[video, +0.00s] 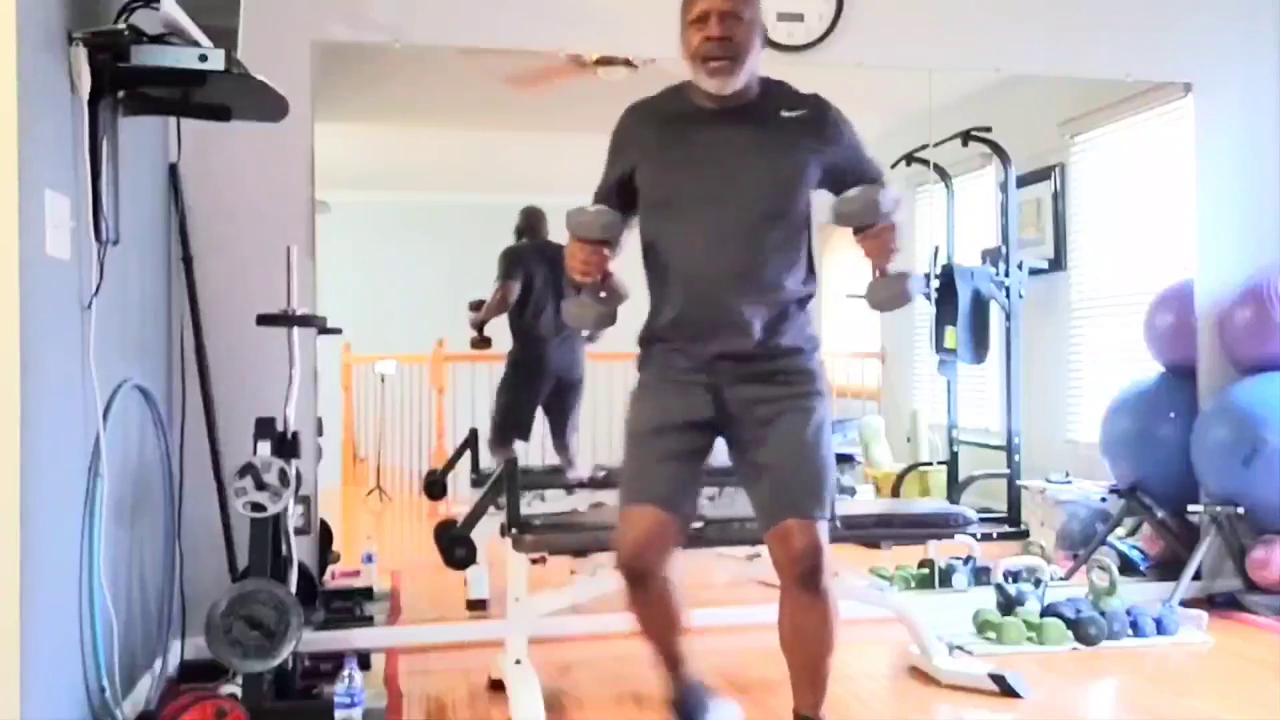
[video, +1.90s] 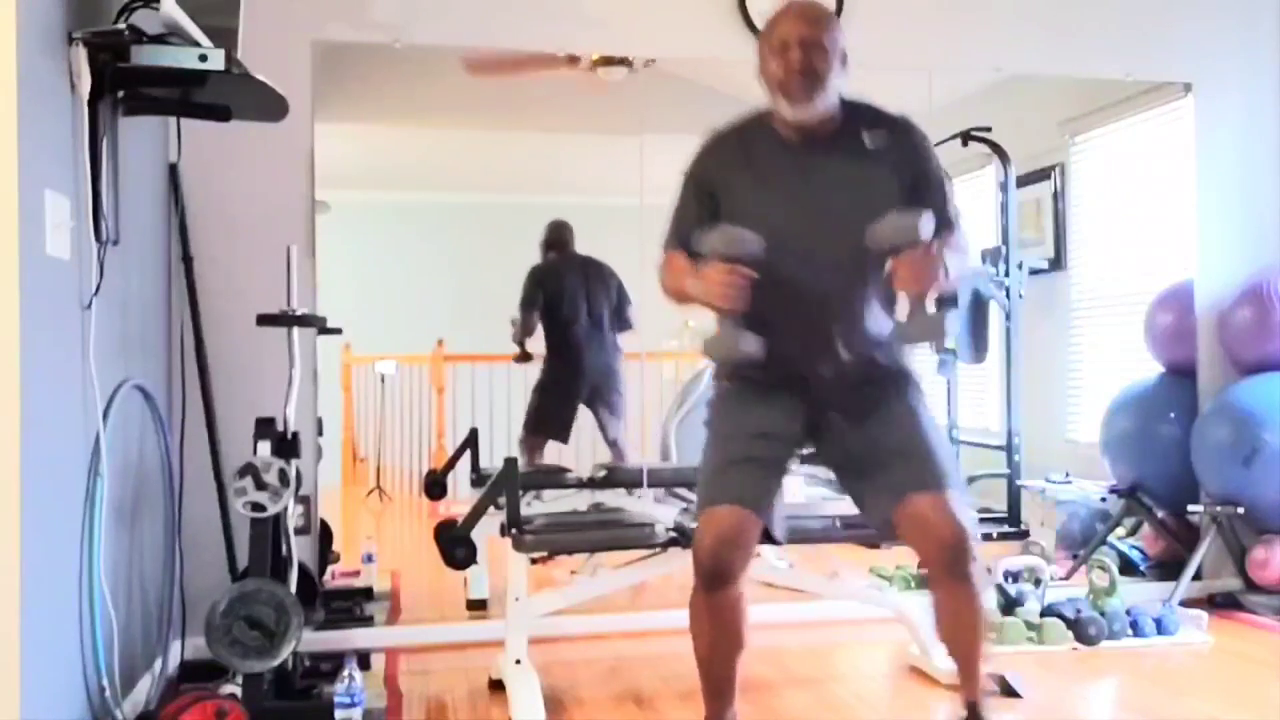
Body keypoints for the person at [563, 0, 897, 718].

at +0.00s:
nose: (716, 31)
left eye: (732, 17)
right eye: (700, 19)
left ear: (761, 29)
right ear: (682, 33)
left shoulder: (812, 120)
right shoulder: (644, 123)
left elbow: (874, 207)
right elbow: (600, 229)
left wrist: (881, 236)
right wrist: (581, 255)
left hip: (781, 366)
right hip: (675, 366)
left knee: (803, 556)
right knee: (639, 551)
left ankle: (808, 713)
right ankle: (685, 689)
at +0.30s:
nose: (740, 18)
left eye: (756, 4)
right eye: (723, 6)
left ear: (785, 13)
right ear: (705, 19)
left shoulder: (843, 98)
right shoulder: (672, 116)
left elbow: (912, 186)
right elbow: (622, 224)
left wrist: (897, 212)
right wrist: (638, 243)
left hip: (829, 346)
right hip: (723, 358)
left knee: (874, 520)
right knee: (712, 539)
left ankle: (885, 702)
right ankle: (721, 705)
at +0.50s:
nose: (786, 104)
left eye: (802, 90)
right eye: (771, 92)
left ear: (830, 99)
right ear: (754, 103)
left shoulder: (884, 183)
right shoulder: (723, 193)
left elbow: (934, 310)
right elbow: (681, 313)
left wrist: (877, 301)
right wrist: (721, 308)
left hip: (859, 411)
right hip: (750, 411)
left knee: (960, 561)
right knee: (698, 569)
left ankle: (1003, 714)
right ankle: (719, 709)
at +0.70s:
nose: (850, 140)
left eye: (865, 126)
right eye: (835, 127)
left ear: (896, 137)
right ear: (815, 140)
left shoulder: (947, 217)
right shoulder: (782, 222)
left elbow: (1010, 335)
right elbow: (734, 337)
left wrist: (954, 328)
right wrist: (759, 336)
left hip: (918, 436)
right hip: (802, 433)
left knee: (1006, 581)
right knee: (723, 567)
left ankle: (1014, 717)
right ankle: (725, 711)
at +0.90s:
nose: (890, 43)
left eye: (907, 27)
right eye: (874, 29)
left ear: (939, 36)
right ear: (855, 44)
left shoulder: (1001, 119)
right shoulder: (825, 138)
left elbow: (1059, 220)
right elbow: (783, 243)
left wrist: (1057, 252)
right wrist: (771, 274)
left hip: (971, 363)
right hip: (859, 363)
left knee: (1007, 550)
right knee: (797, 532)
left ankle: (1018, 713)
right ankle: (809, 683)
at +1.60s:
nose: (882, 116)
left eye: (897, 103)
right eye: (867, 104)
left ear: (925, 118)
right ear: (845, 121)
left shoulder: (975, 202)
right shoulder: (805, 209)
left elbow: (1032, 335)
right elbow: (765, 341)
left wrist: (980, 321)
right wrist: (819, 334)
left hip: (952, 428)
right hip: (837, 426)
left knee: (1059, 575)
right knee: (749, 566)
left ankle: (1029, 715)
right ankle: (726, 714)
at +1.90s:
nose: (796, 61)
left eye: (812, 46)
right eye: (781, 48)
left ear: (842, 56)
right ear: (760, 62)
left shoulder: (894, 142)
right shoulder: (726, 155)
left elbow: (955, 250)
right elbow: (674, 265)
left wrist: (934, 267)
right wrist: (702, 282)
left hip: (867, 376)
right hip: (758, 380)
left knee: (946, 538)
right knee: (717, 555)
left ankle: (975, 703)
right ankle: (718, 713)